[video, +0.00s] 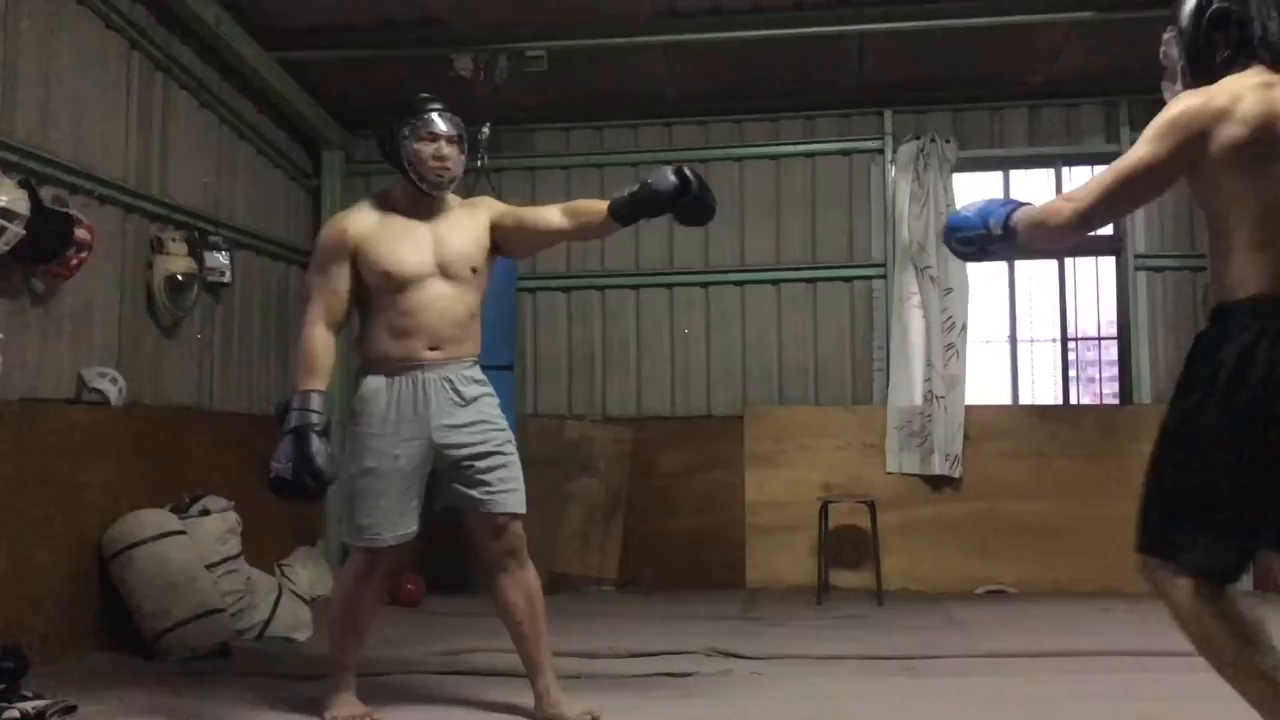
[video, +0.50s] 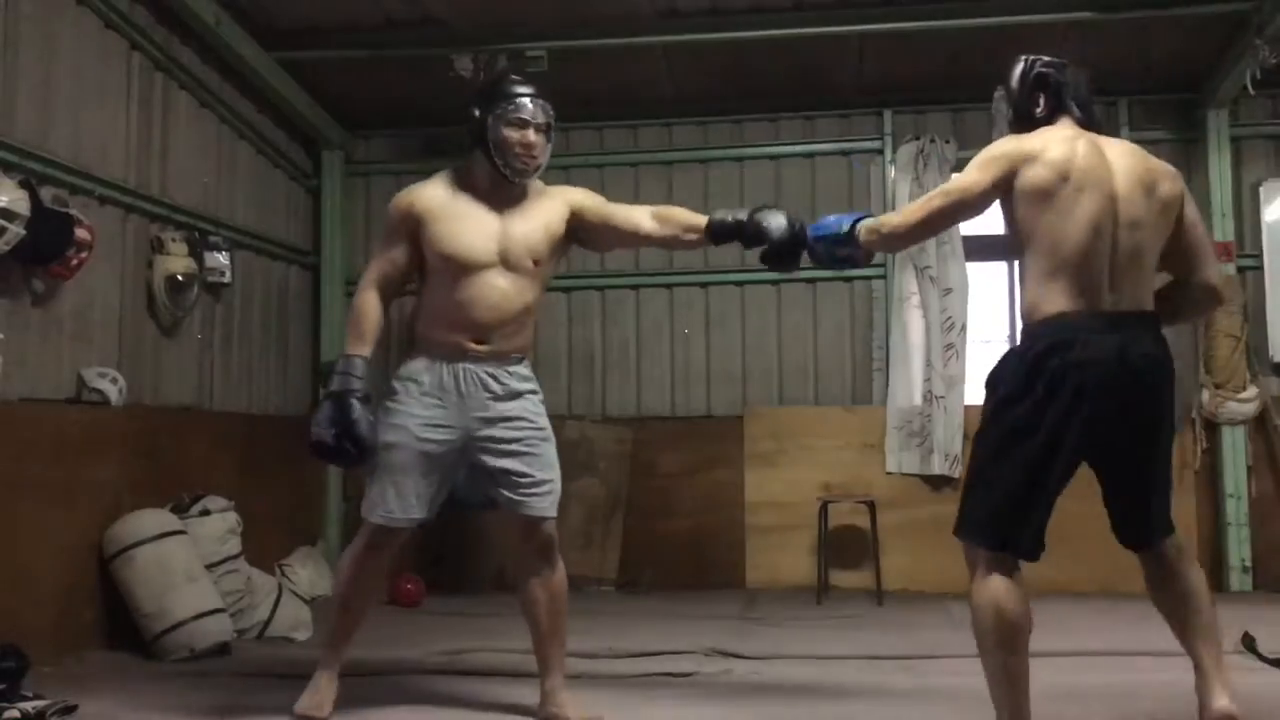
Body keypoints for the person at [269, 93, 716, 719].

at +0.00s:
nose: (440, 151)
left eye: (450, 140)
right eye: (425, 139)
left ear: (464, 153)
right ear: (399, 149)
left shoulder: (483, 217)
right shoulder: (353, 228)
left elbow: (568, 219)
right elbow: (321, 322)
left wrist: (643, 201)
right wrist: (306, 417)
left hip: (468, 390)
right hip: (387, 397)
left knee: (508, 538)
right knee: (374, 550)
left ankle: (548, 694)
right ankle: (341, 690)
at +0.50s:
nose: (534, 140)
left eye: (543, 128)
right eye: (519, 126)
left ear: (551, 135)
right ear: (484, 129)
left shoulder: (562, 205)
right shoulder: (422, 203)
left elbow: (656, 222)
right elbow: (375, 287)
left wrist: (743, 227)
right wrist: (349, 385)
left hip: (514, 387)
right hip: (427, 383)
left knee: (540, 536)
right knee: (385, 529)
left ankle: (554, 691)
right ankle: (326, 672)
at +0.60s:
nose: (516, 149)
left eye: (525, 137)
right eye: (501, 134)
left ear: (533, 146)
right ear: (468, 138)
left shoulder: (543, 220)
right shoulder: (408, 215)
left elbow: (626, 267)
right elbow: (362, 302)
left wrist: (708, 299)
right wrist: (350, 398)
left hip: (507, 393)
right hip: (421, 392)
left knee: (544, 536)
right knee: (379, 546)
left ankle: (555, 693)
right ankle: (319, 689)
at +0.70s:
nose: (497, 143)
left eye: (505, 132)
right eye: (482, 129)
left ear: (514, 143)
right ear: (447, 134)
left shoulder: (518, 223)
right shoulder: (392, 209)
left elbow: (566, 298)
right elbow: (354, 302)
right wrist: (394, 381)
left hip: (490, 389)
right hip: (408, 390)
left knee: (529, 534)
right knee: (374, 544)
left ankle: (555, 689)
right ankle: (316, 683)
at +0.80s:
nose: (482, 131)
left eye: (490, 119)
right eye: (467, 116)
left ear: (496, 129)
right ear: (430, 119)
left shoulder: (496, 207)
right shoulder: (378, 191)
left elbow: (517, 298)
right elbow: (349, 286)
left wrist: (541, 378)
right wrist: (430, 308)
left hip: (477, 379)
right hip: (394, 382)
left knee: (509, 520)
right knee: (360, 529)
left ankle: (520, 676)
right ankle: (310, 677)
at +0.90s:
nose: (469, 139)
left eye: (477, 128)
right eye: (455, 124)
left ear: (483, 138)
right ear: (416, 129)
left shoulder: (473, 213)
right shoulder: (367, 197)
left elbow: (507, 296)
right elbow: (356, 287)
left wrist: (557, 354)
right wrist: (444, 269)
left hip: (460, 382)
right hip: (385, 384)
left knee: (491, 531)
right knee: (358, 538)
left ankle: (470, 676)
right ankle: (314, 687)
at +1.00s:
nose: (464, 145)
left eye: (468, 133)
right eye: (449, 130)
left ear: (471, 142)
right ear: (409, 134)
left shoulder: (460, 216)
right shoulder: (364, 203)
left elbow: (520, 278)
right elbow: (369, 288)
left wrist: (580, 266)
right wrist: (440, 266)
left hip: (447, 384)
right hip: (378, 387)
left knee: (503, 519)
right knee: (353, 542)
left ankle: (478, 668)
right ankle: (312, 689)